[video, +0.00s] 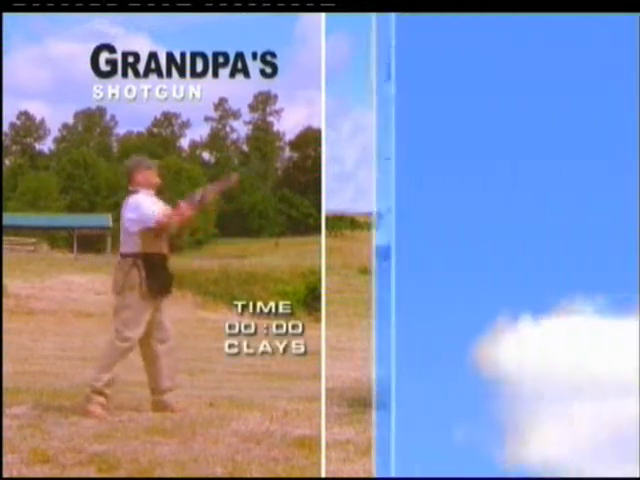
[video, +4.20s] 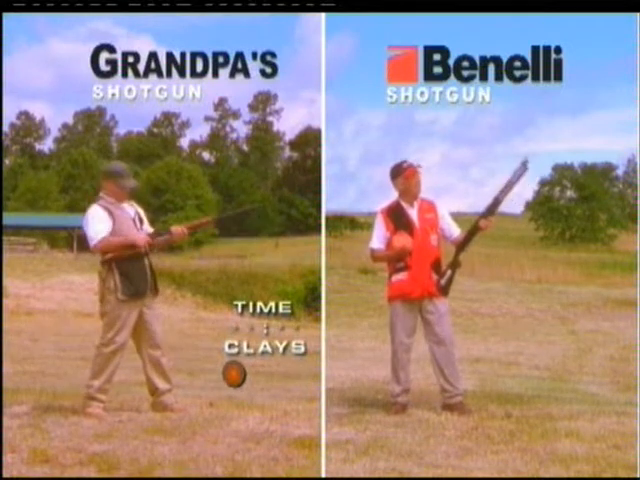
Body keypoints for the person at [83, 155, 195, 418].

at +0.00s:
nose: (157, 176)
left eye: (156, 171)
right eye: (151, 171)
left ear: (145, 177)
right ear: (137, 177)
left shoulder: (152, 201)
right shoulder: (137, 202)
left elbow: (170, 222)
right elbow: (165, 222)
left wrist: (187, 211)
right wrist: (182, 212)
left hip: (153, 264)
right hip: (134, 265)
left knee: (157, 336)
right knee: (126, 335)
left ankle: (161, 396)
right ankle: (96, 395)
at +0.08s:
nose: (154, 177)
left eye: (153, 172)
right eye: (149, 172)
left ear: (142, 177)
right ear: (134, 177)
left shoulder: (152, 201)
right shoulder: (131, 200)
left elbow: (181, 216)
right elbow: (157, 215)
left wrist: (202, 192)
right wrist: (173, 202)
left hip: (154, 264)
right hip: (133, 265)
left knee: (159, 336)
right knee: (125, 335)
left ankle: (162, 396)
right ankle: (96, 396)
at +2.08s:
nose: (170, 186)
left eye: (172, 182)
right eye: (165, 180)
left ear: (172, 184)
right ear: (151, 180)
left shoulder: (168, 203)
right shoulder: (140, 199)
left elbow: (201, 207)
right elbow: (167, 211)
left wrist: (219, 180)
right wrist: (181, 187)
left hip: (158, 268)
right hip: (134, 266)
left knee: (158, 339)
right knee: (116, 335)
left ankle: (162, 397)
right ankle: (96, 396)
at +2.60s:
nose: (179, 193)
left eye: (180, 189)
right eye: (176, 187)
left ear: (167, 188)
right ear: (162, 184)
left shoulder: (171, 212)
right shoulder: (138, 203)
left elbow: (192, 237)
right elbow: (152, 226)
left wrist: (221, 221)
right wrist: (183, 222)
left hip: (153, 274)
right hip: (128, 272)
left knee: (156, 341)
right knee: (115, 338)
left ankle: (161, 397)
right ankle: (96, 398)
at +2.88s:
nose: (168, 201)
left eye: (170, 196)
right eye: (166, 194)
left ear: (164, 193)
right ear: (153, 188)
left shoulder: (163, 217)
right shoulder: (127, 208)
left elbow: (173, 250)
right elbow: (129, 241)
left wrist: (198, 249)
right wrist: (164, 244)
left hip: (147, 276)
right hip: (121, 274)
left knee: (152, 342)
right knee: (112, 341)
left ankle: (161, 398)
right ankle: (95, 400)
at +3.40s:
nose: (137, 185)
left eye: (138, 180)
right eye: (132, 179)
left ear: (137, 183)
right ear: (116, 182)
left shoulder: (140, 210)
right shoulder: (109, 211)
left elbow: (147, 242)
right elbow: (128, 242)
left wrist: (172, 247)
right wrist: (162, 242)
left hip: (143, 281)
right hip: (118, 282)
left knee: (153, 344)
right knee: (113, 343)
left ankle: (162, 397)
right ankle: (94, 400)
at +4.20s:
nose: (127, 191)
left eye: (129, 187)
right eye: (123, 187)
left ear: (128, 186)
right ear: (108, 185)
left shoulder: (134, 209)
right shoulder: (96, 212)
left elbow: (146, 241)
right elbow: (99, 244)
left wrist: (170, 237)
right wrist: (132, 241)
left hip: (143, 279)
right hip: (117, 282)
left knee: (152, 344)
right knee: (112, 343)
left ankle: (162, 397)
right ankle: (95, 400)